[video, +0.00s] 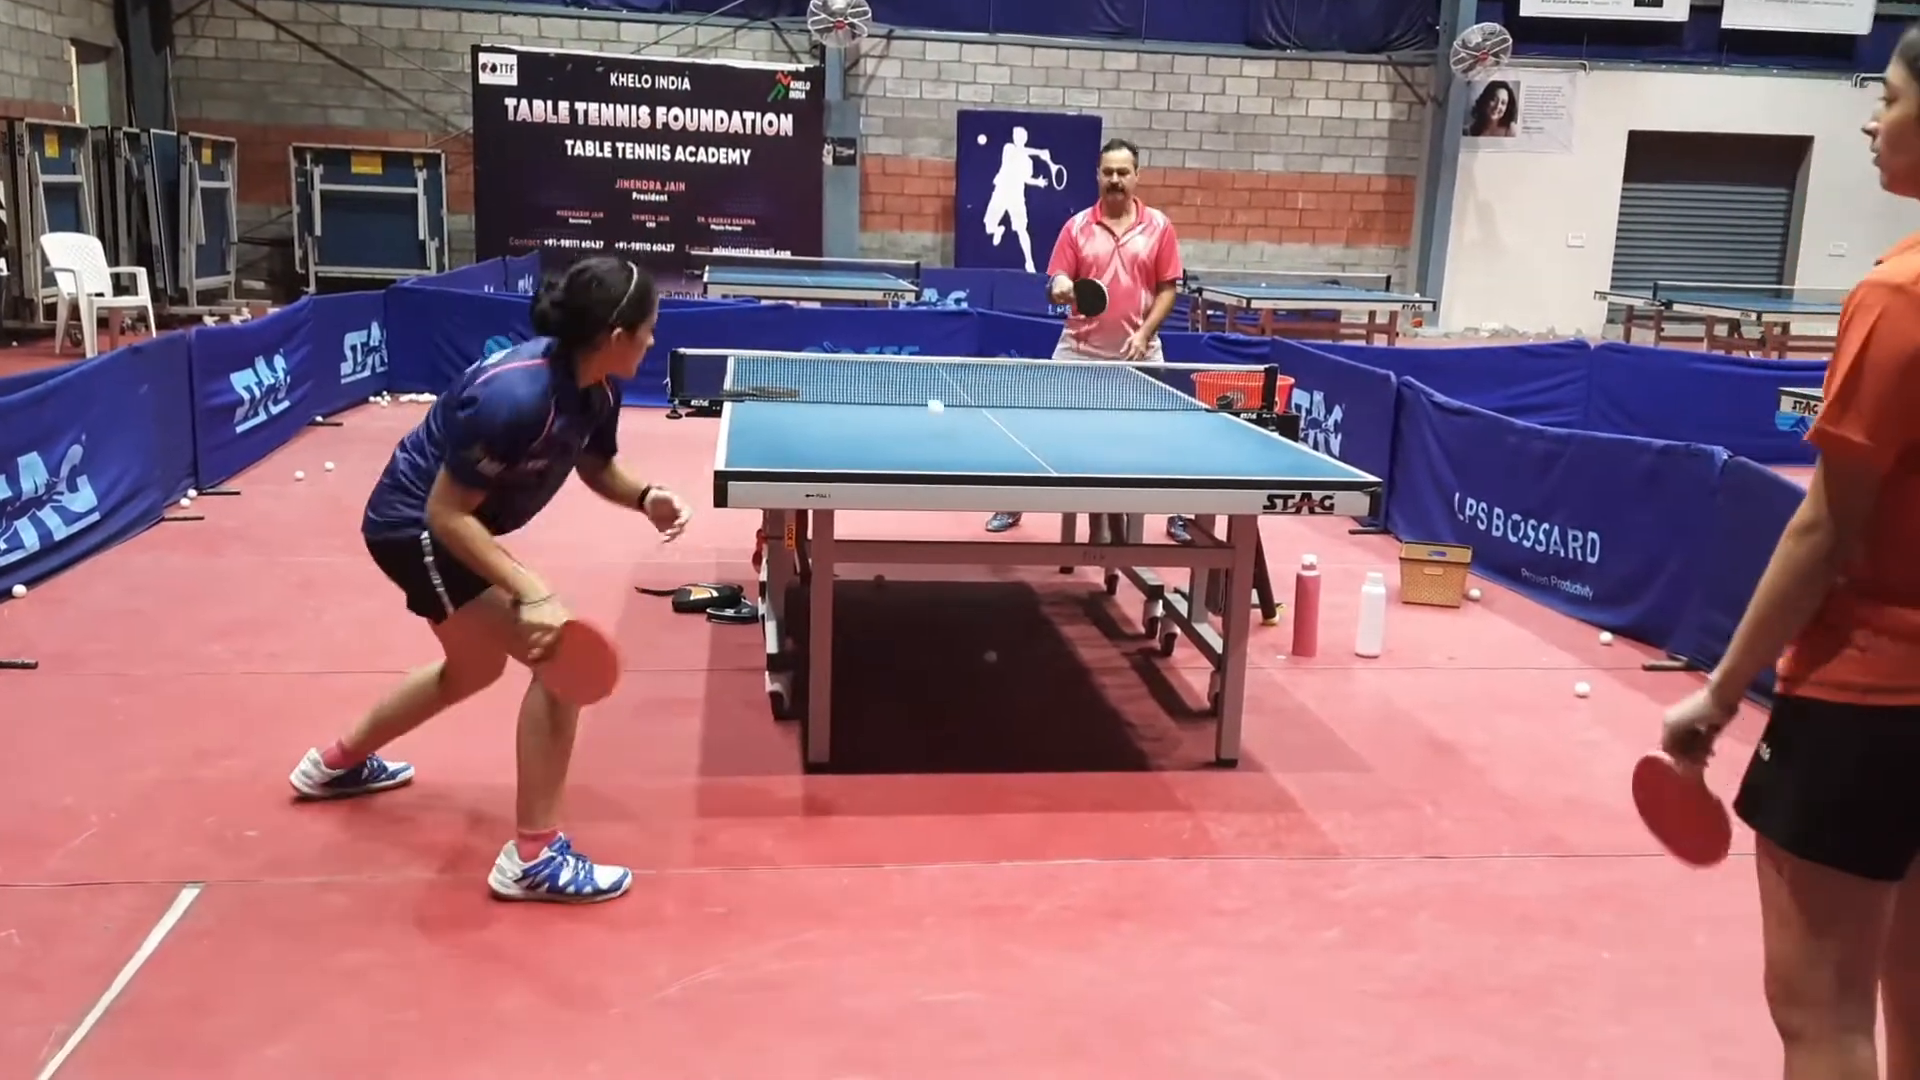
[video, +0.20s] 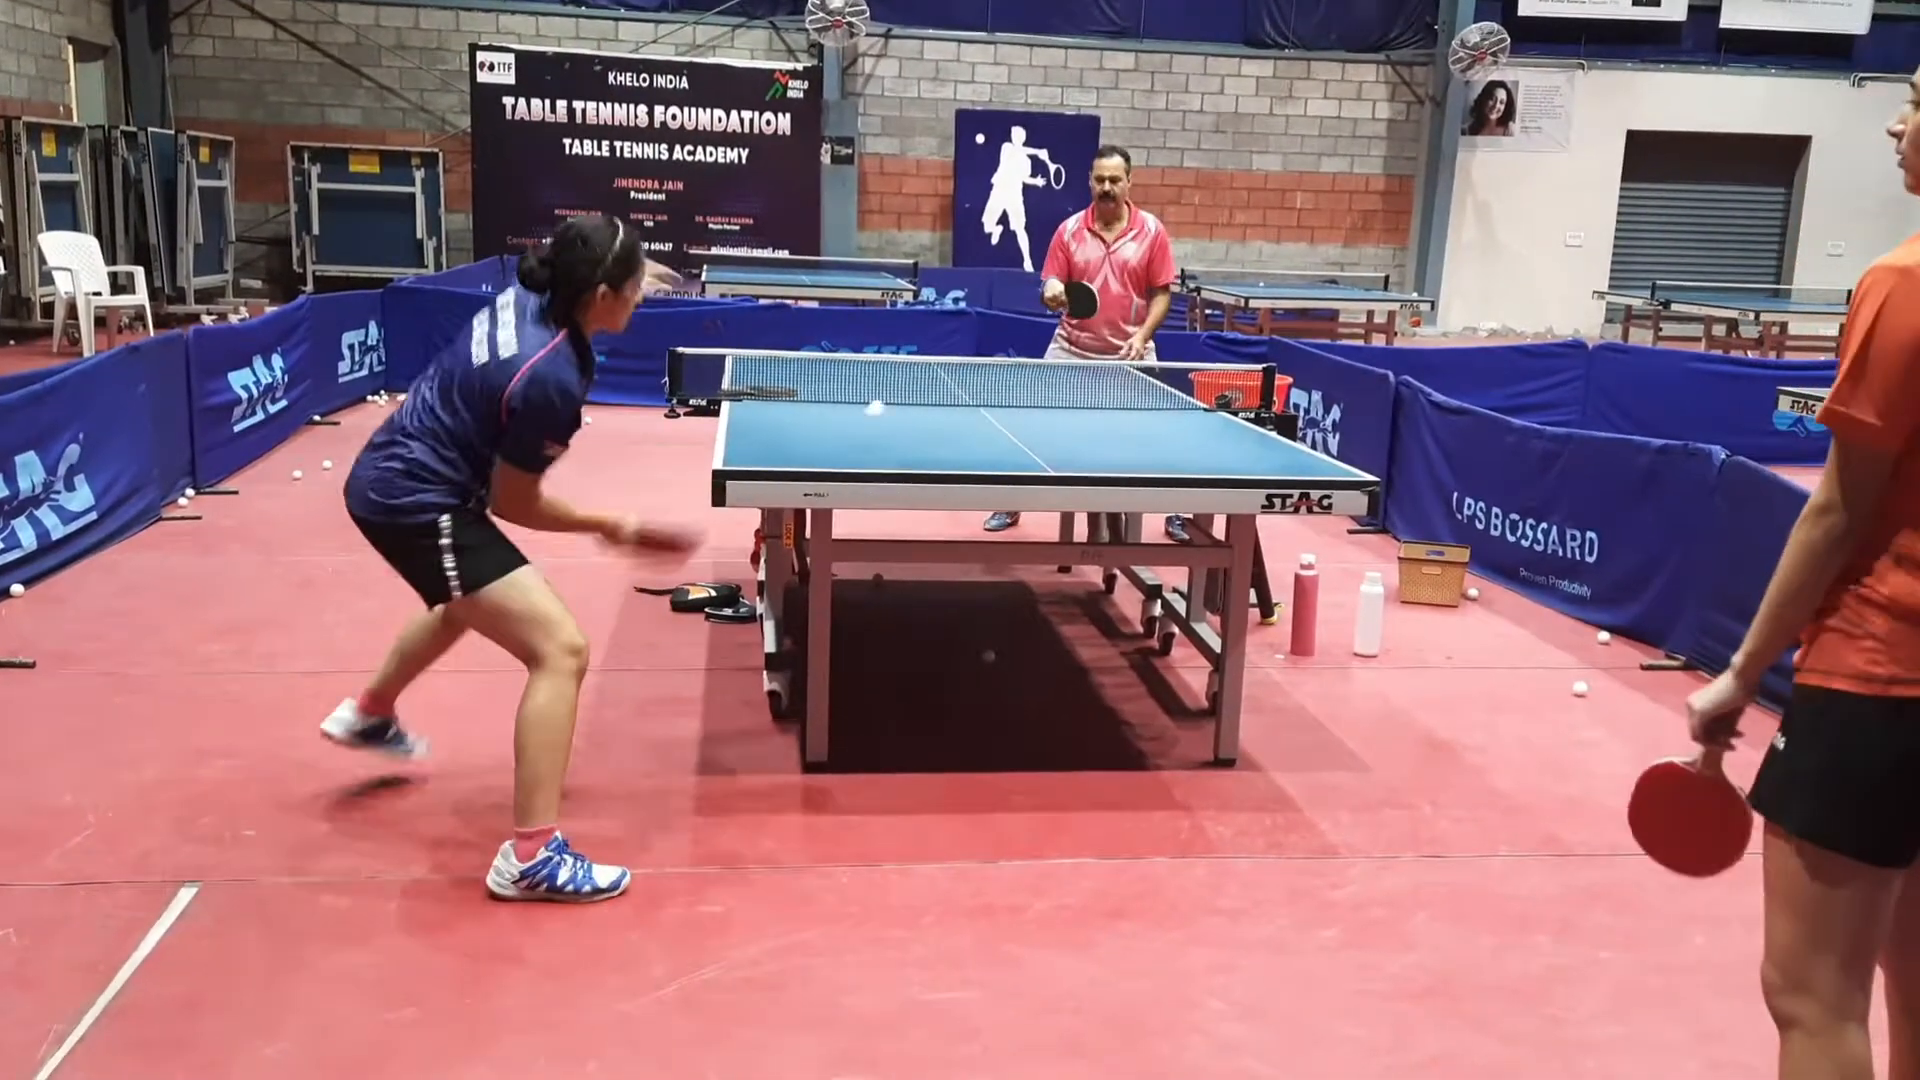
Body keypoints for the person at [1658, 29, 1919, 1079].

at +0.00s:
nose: (1875, 122)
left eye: (1892, 100)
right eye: (1883, 98)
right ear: (1914, 114)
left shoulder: (1897, 293)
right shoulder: (1896, 290)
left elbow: (1829, 527)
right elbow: (1828, 520)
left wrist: (1718, 693)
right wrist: (1725, 690)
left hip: (1858, 710)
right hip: (1906, 711)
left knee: (1818, 1013)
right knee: (1907, 1000)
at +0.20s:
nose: (1898, 133)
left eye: (1909, 112)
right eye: (1903, 111)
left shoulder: (1904, 284)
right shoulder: (1897, 283)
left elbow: (1846, 508)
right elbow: (1846, 505)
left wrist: (1741, 676)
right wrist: (1745, 675)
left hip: (1875, 688)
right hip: (1907, 687)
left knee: (1816, 1000)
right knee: (1912, 989)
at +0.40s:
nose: (1902, 133)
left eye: (1912, 118)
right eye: (1906, 118)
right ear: (1907, 133)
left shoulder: (1904, 273)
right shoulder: (1899, 276)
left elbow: (1868, 488)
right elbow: (1866, 488)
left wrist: (1787, 668)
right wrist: (1803, 673)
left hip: (1876, 666)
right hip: (1884, 668)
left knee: (1790, 980)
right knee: (1910, 976)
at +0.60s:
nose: (1898, 136)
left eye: (1908, 119)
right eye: (1904, 118)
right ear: (1910, 138)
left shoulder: (1907, 263)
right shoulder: (1901, 266)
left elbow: (1874, 478)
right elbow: (1871, 478)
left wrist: (1784, 659)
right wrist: (1801, 664)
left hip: (1878, 659)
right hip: (1885, 661)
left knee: (1774, 968)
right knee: (1906, 970)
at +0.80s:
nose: (1882, 121)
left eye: (1899, 98)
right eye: (1891, 97)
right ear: (1919, 119)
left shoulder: (1898, 262)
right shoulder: (1899, 261)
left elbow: (1851, 483)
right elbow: (1855, 483)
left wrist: (1768, 664)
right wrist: (1786, 661)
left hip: (1871, 667)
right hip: (1901, 671)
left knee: (1751, 963)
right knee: (1905, 969)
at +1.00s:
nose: (1829, 108)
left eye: (1848, 89)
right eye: (1840, 86)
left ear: (1900, 114)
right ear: (1906, 115)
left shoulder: (1861, 270)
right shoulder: (1899, 256)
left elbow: (1795, 509)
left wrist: (1726, 681)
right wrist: (1735, 677)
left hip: (1838, 673)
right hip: (1908, 676)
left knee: (1752, 995)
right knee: (1895, 981)